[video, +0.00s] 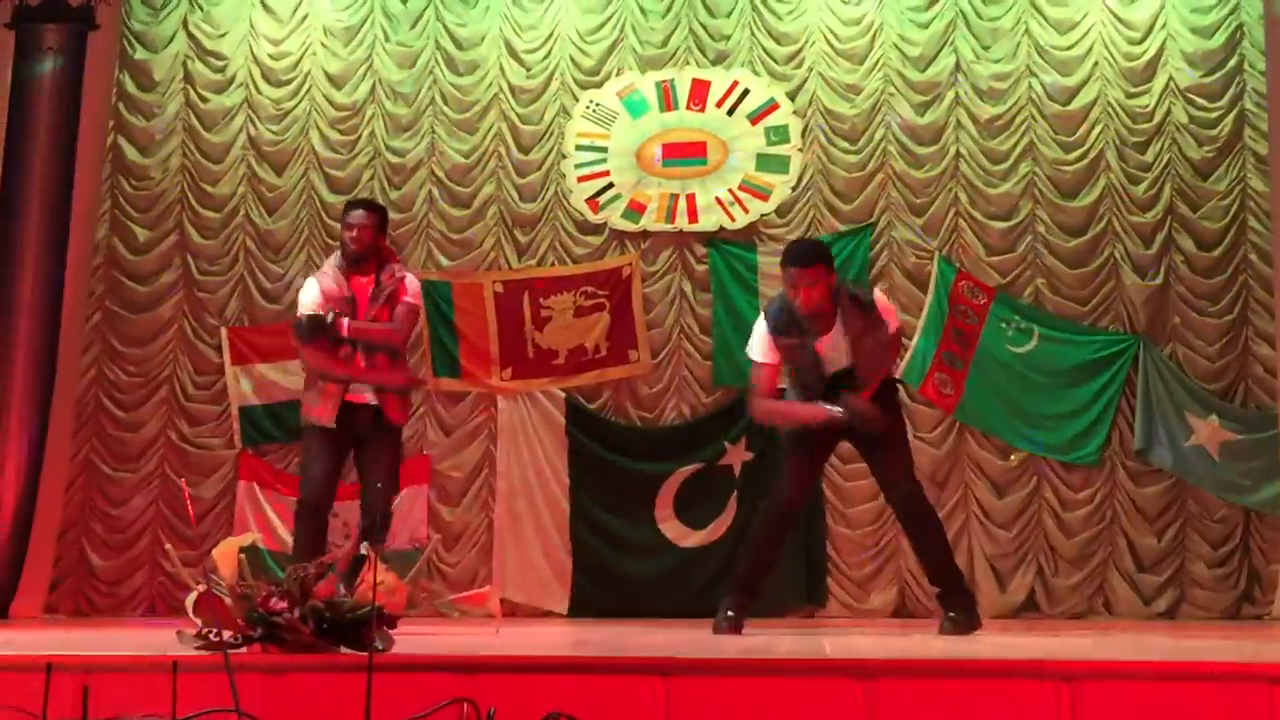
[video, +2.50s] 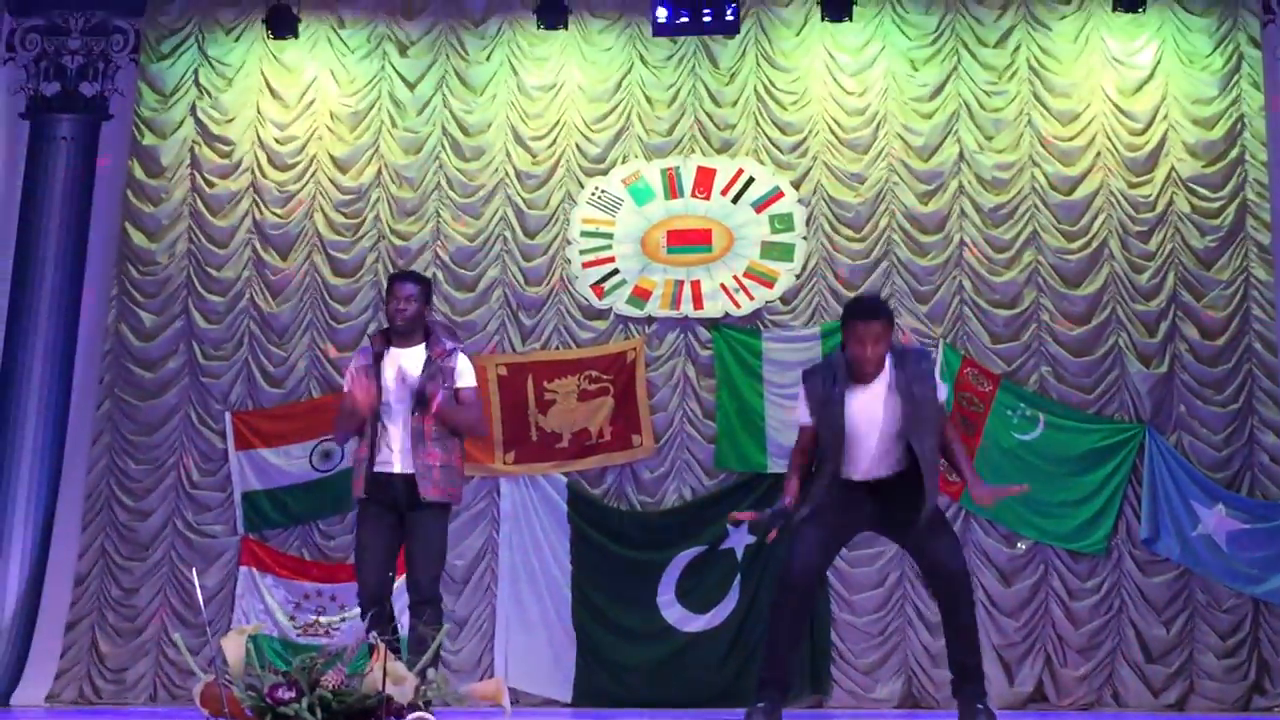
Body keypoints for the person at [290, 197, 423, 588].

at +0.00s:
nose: (354, 236)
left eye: (364, 229)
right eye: (348, 227)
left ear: (382, 235)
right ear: (341, 231)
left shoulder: (405, 284)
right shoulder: (320, 284)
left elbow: (398, 336)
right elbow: (314, 361)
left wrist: (337, 325)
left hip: (380, 412)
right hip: (329, 408)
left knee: (378, 509)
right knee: (312, 499)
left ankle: (361, 593)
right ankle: (301, 589)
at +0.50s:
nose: (380, 280)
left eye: (388, 271)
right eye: (372, 271)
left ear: (401, 276)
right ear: (359, 276)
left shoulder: (427, 325)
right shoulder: (343, 327)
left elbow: (418, 393)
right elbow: (350, 393)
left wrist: (369, 413)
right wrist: (367, 424)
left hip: (418, 438)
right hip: (367, 437)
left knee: (422, 526)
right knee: (339, 506)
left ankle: (439, 614)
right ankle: (327, 605)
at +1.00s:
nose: (336, 242)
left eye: (338, 236)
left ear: (342, 237)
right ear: (381, 235)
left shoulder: (336, 277)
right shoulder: (417, 272)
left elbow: (305, 349)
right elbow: (485, 306)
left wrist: (329, 374)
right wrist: (478, 368)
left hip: (370, 405)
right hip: (419, 401)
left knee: (376, 511)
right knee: (413, 501)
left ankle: (408, 615)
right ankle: (451, 597)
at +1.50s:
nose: (368, 241)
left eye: (378, 234)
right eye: (363, 233)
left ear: (397, 240)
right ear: (355, 238)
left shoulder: (420, 287)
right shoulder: (335, 286)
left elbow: (420, 350)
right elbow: (296, 349)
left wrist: (369, 315)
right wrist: (332, 308)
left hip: (392, 415)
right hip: (341, 415)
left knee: (389, 517)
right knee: (343, 520)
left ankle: (387, 622)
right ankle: (345, 621)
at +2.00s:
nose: (390, 291)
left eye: (399, 285)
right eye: (383, 284)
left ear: (412, 292)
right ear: (371, 290)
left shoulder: (433, 343)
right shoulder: (345, 343)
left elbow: (456, 413)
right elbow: (313, 408)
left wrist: (411, 395)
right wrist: (363, 393)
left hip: (412, 467)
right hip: (361, 468)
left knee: (411, 566)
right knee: (367, 569)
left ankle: (407, 656)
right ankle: (371, 657)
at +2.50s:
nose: (401, 308)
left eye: (410, 301)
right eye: (394, 300)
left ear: (426, 307)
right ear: (385, 305)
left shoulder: (451, 359)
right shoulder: (365, 358)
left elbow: (476, 423)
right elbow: (342, 432)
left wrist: (438, 403)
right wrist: (357, 409)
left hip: (428, 490)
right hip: (377, 489)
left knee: (423, 589)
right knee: (371, 591)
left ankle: (421, 685)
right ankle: (387, 682)